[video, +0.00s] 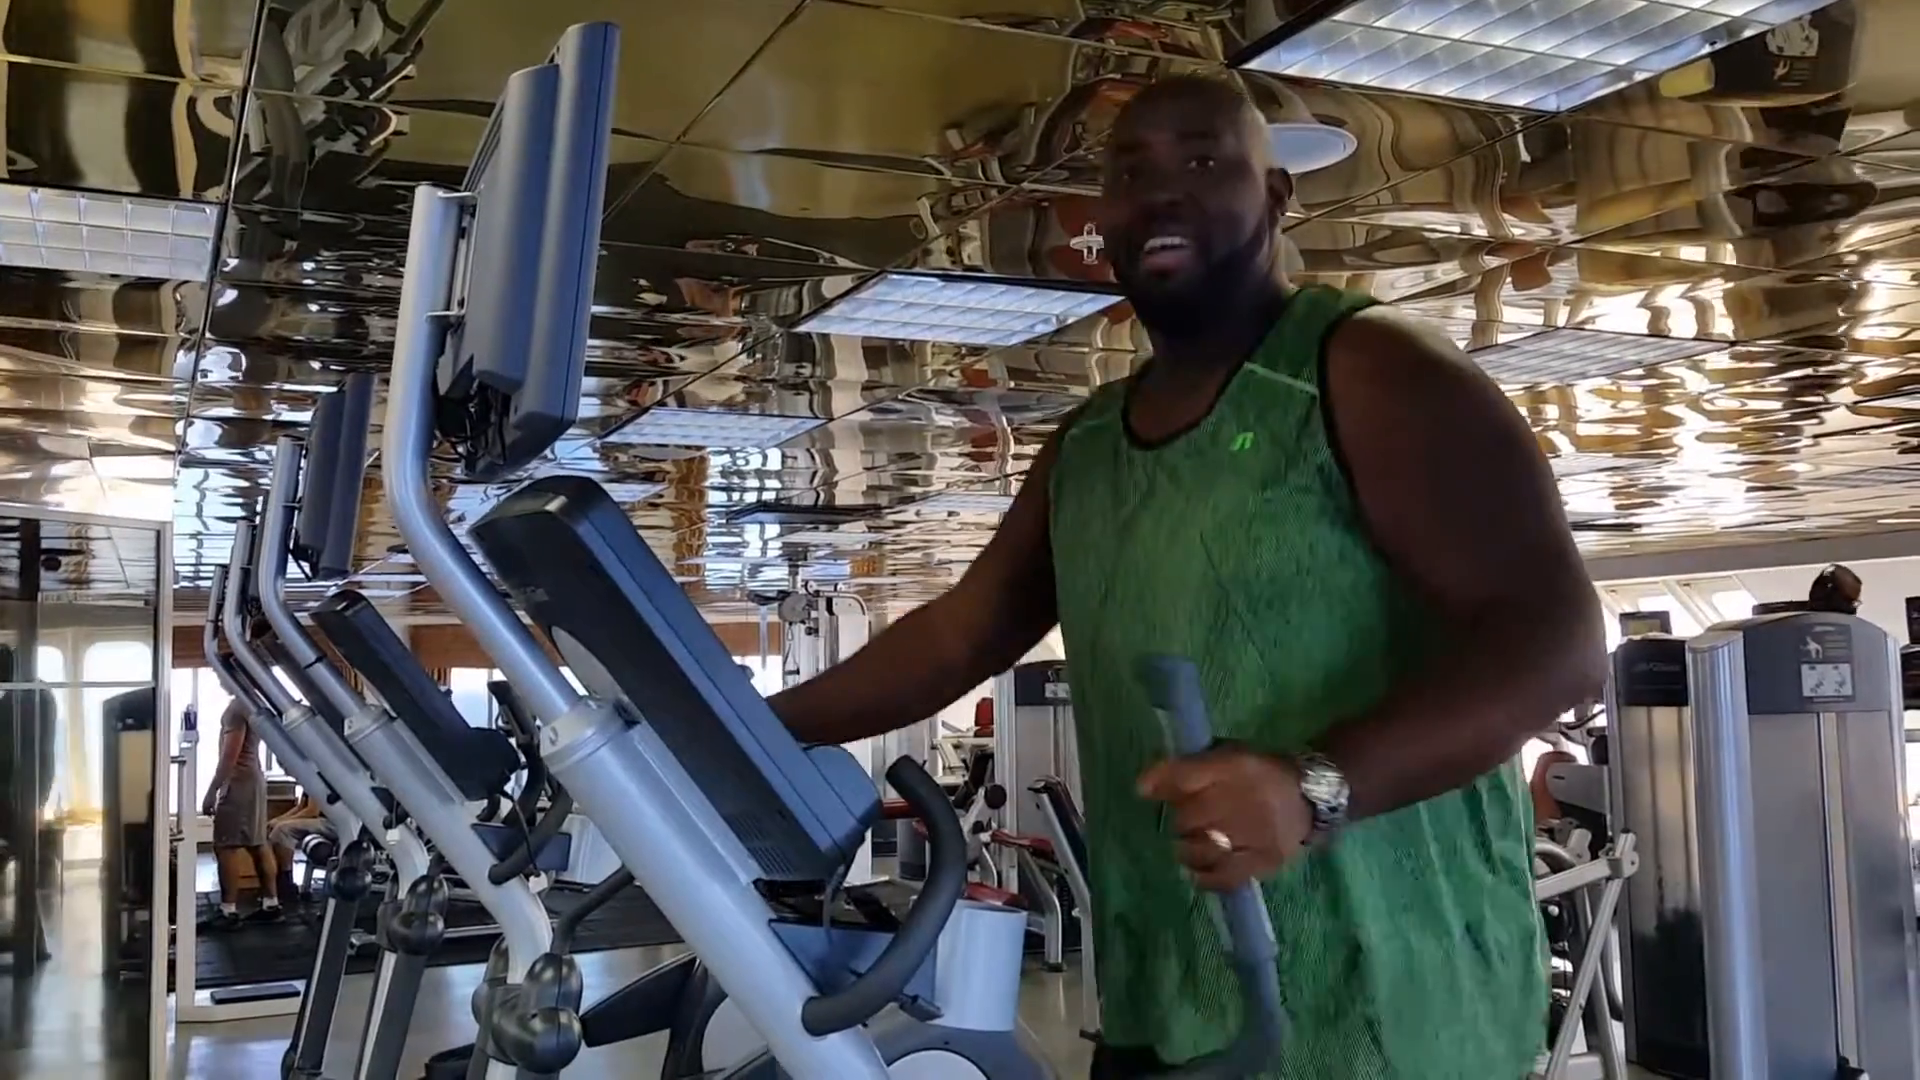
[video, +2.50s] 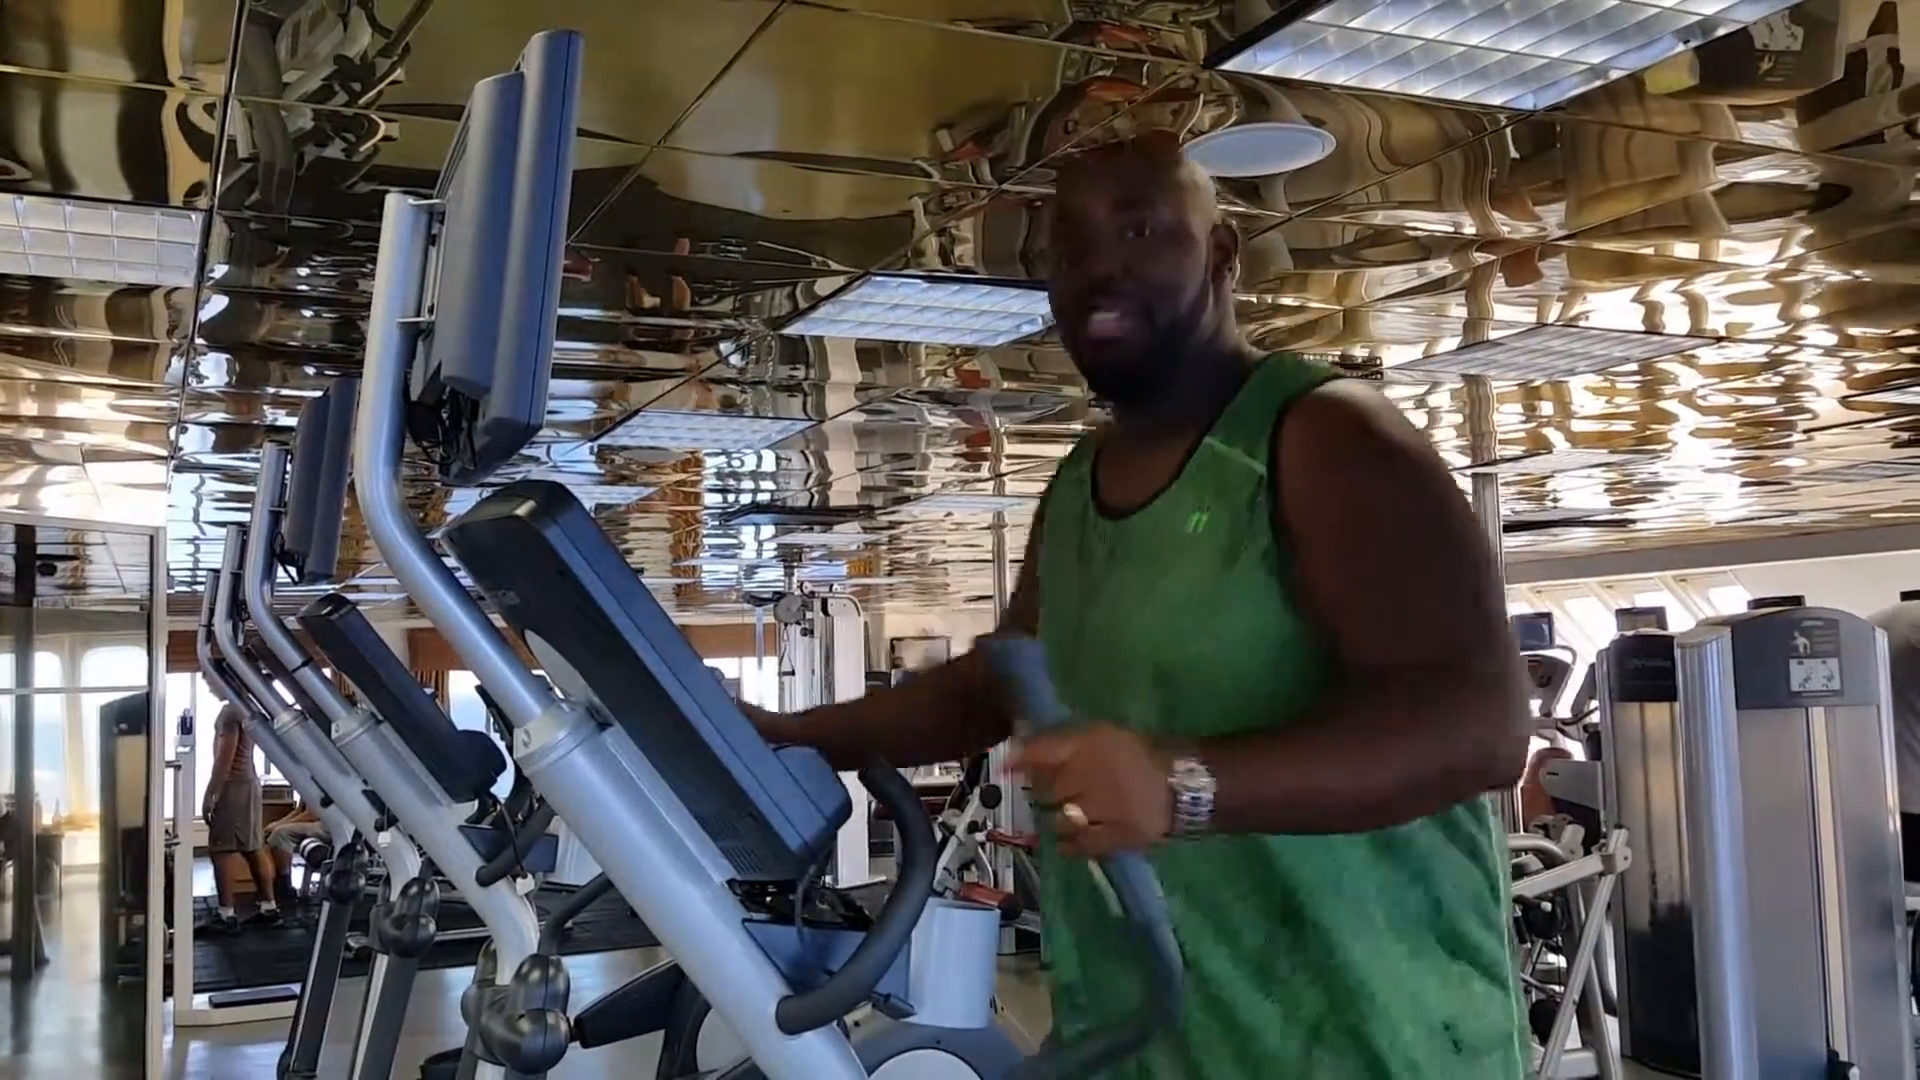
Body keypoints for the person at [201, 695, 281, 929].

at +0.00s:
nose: (217, 678)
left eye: (220, 671)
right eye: (217, 671)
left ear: (233, 676)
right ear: (243, 676)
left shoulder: (236, 708)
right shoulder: (253, 704)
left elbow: (229, 758)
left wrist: (211, 792)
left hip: (238, 781)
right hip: (256, 780)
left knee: (225, 846)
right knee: (259, 843)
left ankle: (228, 909)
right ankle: (271, 903)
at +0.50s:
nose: (209, 680)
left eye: (211, 671)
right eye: (207, 673)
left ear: (227, 673)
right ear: (235, 675)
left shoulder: (233, 705)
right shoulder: (248, 702)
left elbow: (229, 752)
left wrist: (212, 786)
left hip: (237, 780)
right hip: (253, 777)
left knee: (225, 844)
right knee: (258, 842)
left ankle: (228, 907)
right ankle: (270, 902)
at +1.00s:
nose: (204, 688)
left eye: (205, 682)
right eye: (202, 683)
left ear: (217, 679)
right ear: (225, 679)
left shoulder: (225, 710)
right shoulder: (242, 706)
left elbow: (221, 761)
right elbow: (236, 754)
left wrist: (204, 794)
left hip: (231, 785)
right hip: (247, 783)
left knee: (219, 848)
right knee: (253, 845)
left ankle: (226, 910)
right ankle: (269, 904)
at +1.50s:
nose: (208, 686)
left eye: (210, 680)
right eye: (207, 681)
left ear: (223, 679)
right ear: (229, 681)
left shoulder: (228, 712)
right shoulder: (244, 708)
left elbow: (223, 761)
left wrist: (207, 795)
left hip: (230, 787)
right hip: (247, 784)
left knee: (222, 851)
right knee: (254, 847)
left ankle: (228, 912)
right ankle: (270, 907)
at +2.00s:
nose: (208, 682)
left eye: (210, 673)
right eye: (207, 675)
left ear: (227, 678)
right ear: (234, 679)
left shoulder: (232, 710)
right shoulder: (244, 707)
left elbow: (228, 757)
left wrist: (215, 792)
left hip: (234, 784)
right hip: (250, 782)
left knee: (224, 850)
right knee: (256, 845)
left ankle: (227, 911)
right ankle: (270, 906)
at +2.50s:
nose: (206, 684)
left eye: (208, 675)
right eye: (204, 677)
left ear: (224, 678)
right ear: (232, 679)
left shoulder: (231, 712)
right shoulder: (247, 709)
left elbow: (224, 761)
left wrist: (209, 795)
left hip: (233, 786)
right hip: (250, 784)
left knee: (220, 850)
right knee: (254, 847)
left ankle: (226, 912)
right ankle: (269, 907)